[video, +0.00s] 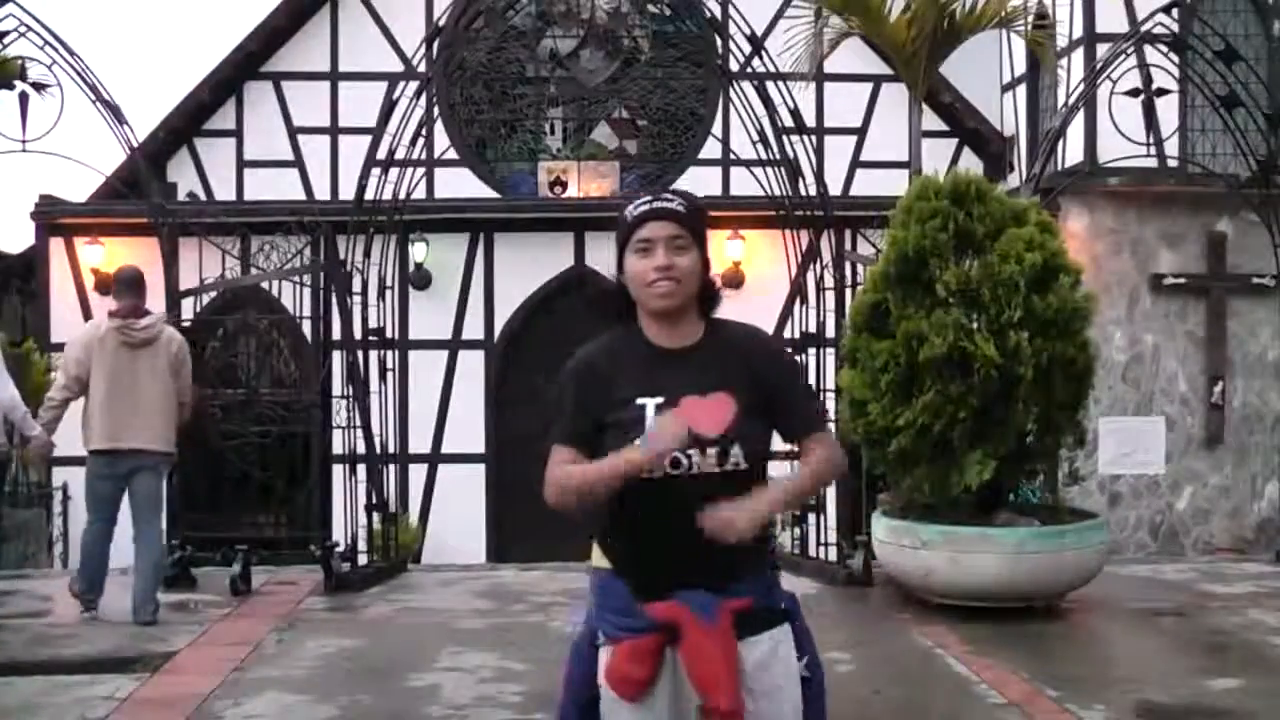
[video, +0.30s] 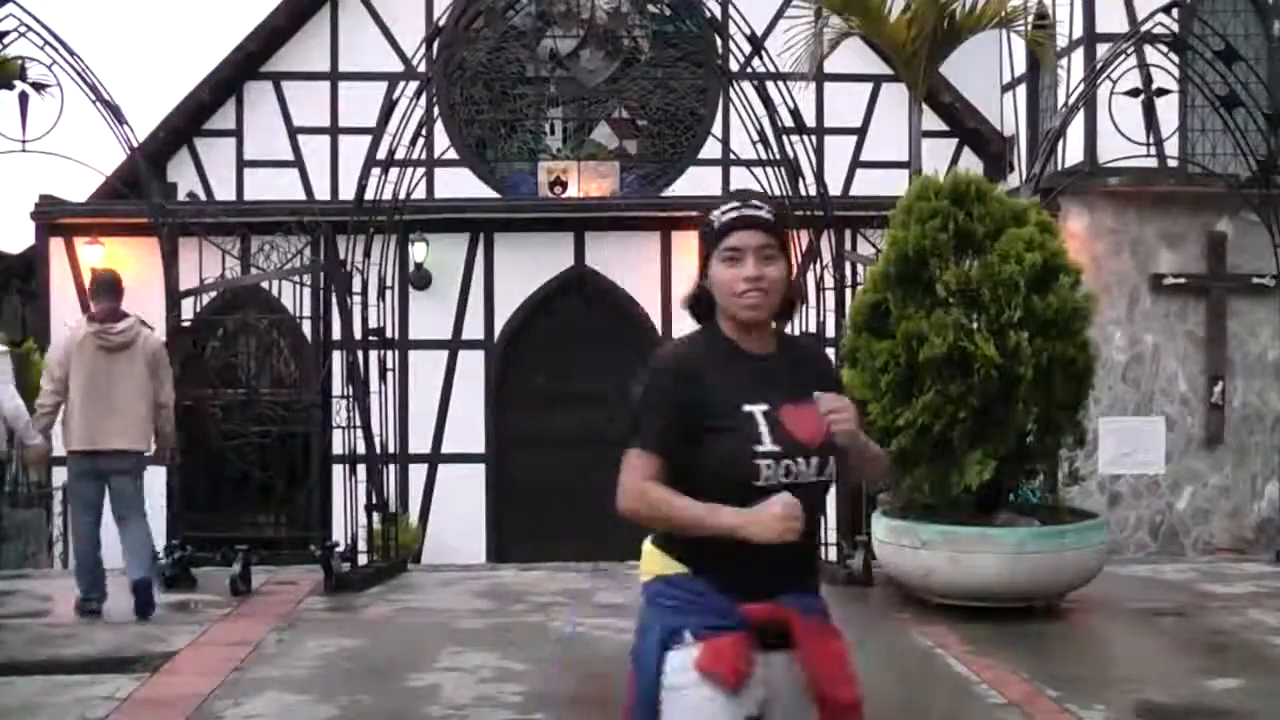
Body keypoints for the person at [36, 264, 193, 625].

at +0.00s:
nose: (116, 304)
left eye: (116, 298)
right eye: (121, 298)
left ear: (114, 297)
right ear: (144, 296)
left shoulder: (91, 338)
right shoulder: (173, 340)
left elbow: (62, 391)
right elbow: (185, 400)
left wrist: (41, 433)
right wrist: (169, 427)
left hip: (105, 447)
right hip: (153, 446)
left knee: (99, 523)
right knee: (149, 530)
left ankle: (88, 594)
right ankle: (145, 609)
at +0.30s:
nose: (99, 304)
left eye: (96, 298)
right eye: (105, 297)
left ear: (91, 297)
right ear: (122, 296)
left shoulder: (71, 340)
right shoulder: (149, 342)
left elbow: (51, 393)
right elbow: (165, 399)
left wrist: (38, 433)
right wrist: (166, 444)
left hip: (83, 448)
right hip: (127, 448)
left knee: (84, 525)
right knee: (132, 518)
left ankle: (90, 597)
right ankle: (142, 578)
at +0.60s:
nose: (88, 301)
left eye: (82, 293)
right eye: (103, 295)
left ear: (78, 294)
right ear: (110, 296)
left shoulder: (53, 339)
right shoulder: (133, 339)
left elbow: (39, 396)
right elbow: (149, 395)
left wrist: (43, 437)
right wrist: (156, 440)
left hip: (74, 441)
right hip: (116, 441)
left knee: (80, 520)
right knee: (112, 512)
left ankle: (90, 596)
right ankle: (120, 586)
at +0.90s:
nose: (76, 305)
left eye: (75, 299)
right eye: (87, 301)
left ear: (74, 299)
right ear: (104, 301)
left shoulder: (51, 341)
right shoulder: (128, 341)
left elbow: (40, 396)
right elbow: (146, 396)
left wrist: (43, 438)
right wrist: (149, 442)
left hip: (71, 439)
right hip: (113, 438)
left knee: (79, 513)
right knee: (103, 514)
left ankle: (91, 593)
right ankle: (92, 583)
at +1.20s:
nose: (76, 310)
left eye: (73, 303)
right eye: (85, 303)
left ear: (69, 303)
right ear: (97, 304)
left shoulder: (48, 342)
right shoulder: (124, 341)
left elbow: (38, 397)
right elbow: (144, 395)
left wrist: (42, 435)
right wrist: (145, 439)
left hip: (72, 443)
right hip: (113, 442)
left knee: (64, 506)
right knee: (103, 516)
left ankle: (78, 556)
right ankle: (91, 585)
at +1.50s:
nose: (77, 312)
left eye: (74, 306)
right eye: (86, 305)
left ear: (67, 306)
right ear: (97, 306)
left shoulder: (48, 343)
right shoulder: (122, 342)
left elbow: (40, 395)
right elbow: (138, 395)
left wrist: (48, 428)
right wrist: (129, 429)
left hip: (67, 438)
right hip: (107, 437)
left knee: (68, 507)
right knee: (98, 510)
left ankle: (63, 577)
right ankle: (89, 581)